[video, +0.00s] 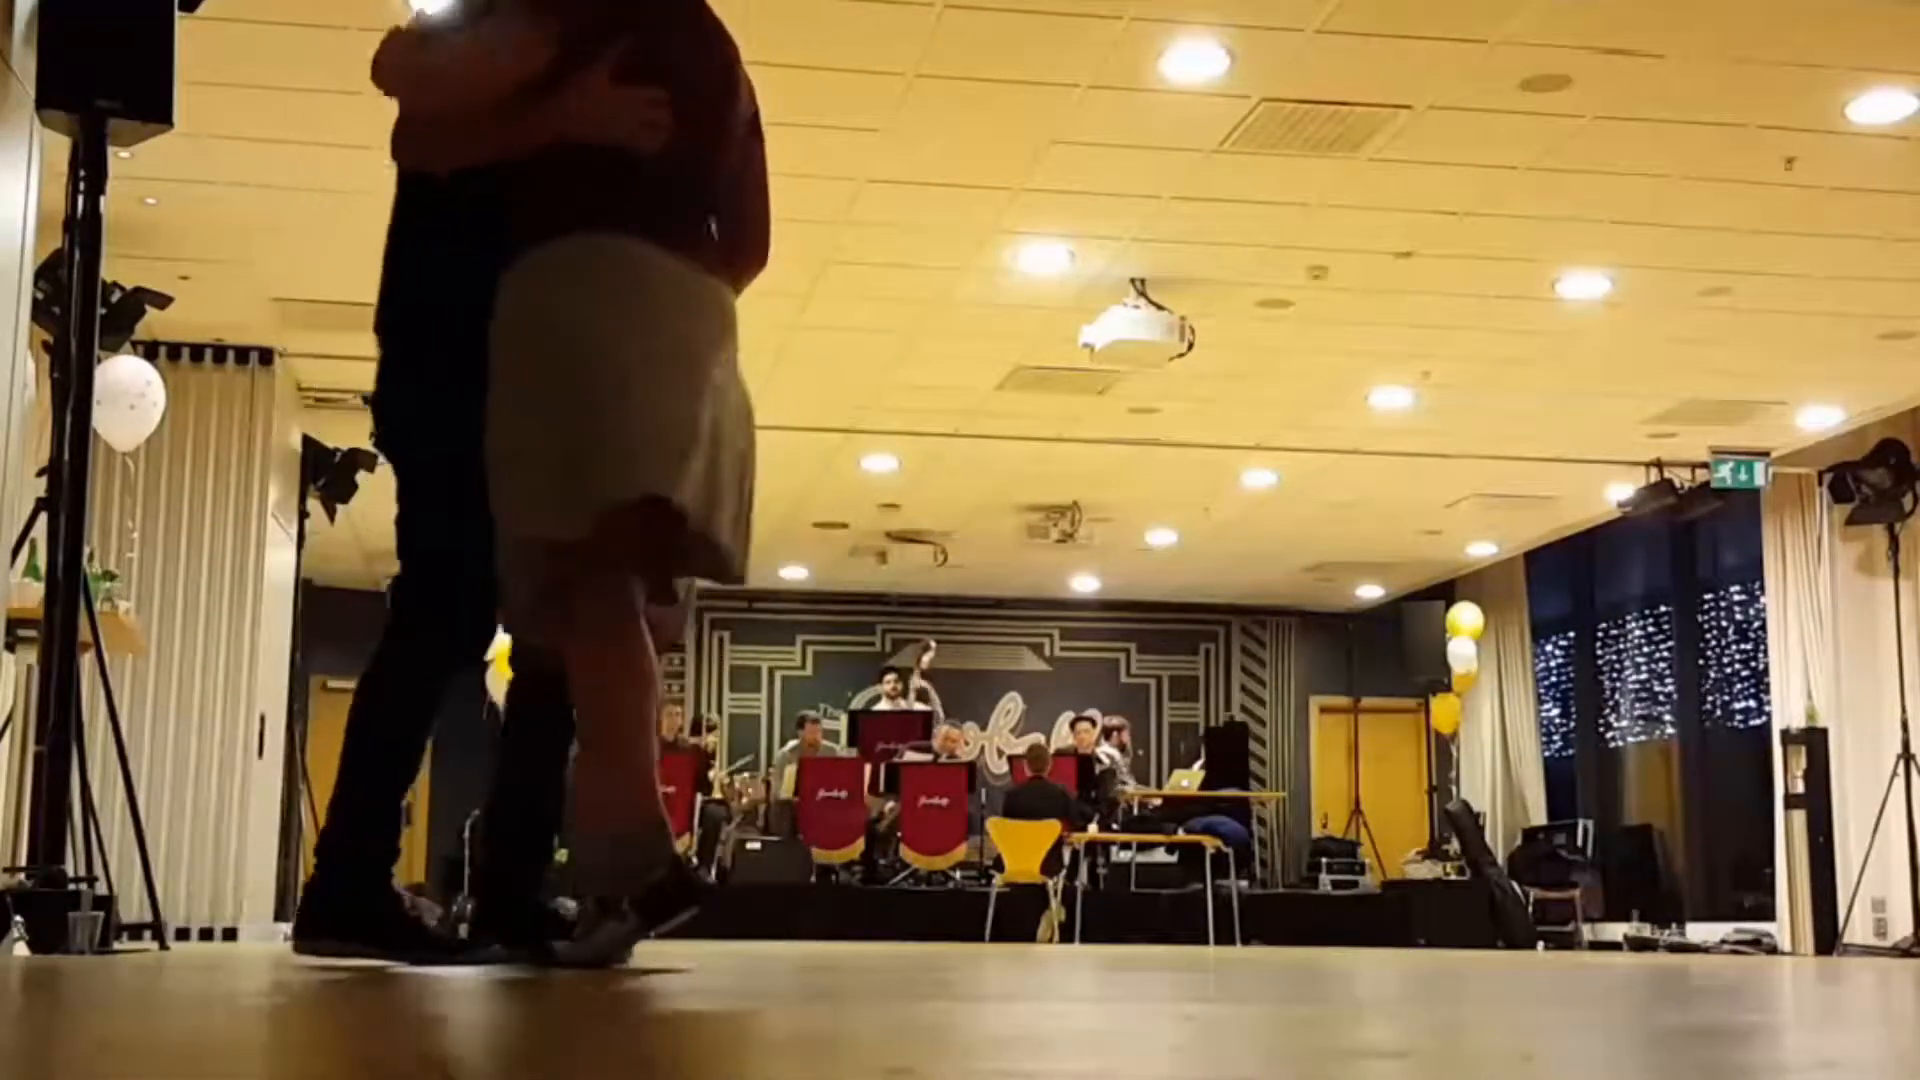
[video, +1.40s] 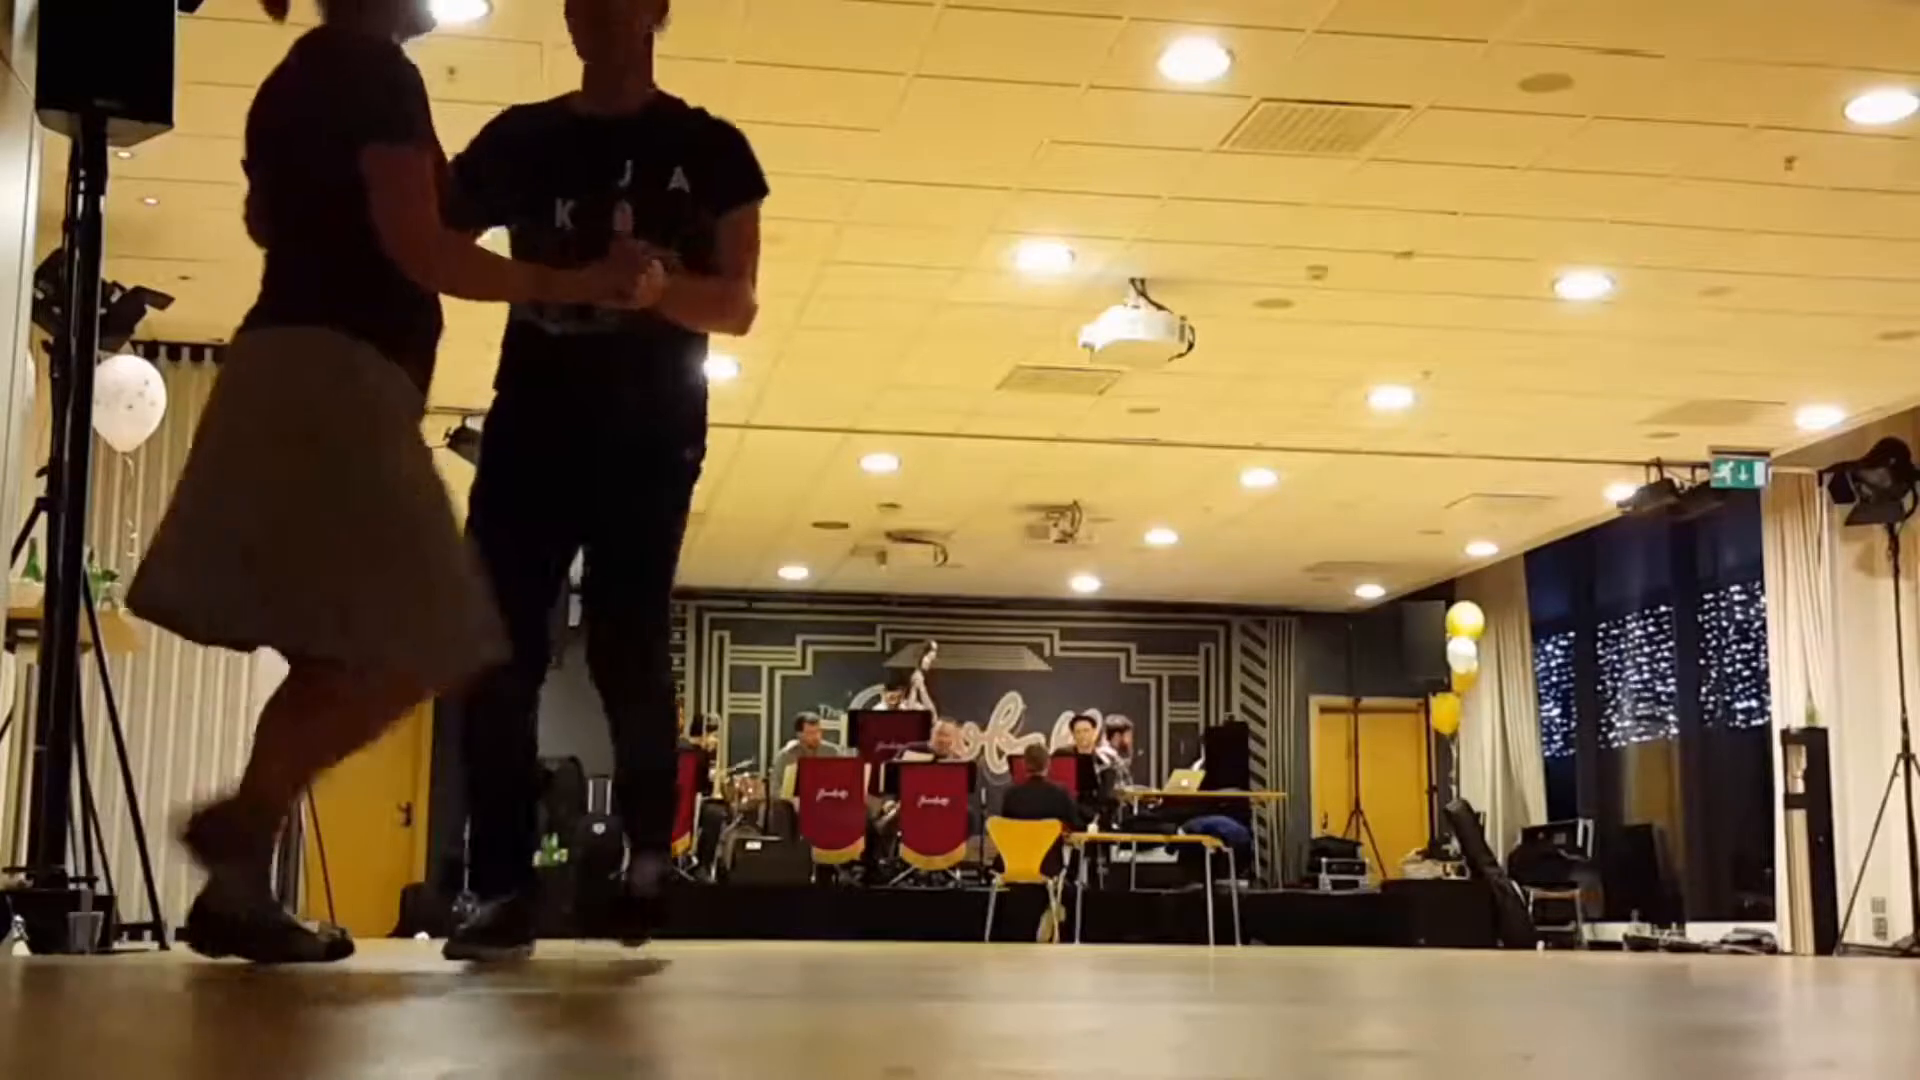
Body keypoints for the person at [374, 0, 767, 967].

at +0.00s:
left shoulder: (559, 13)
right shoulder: (716, 56)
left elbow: (443, 76)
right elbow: (747, 243)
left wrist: (398, 45)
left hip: (581, 292)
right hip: (690, 308)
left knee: (591, 589)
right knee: (618, 593)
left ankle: (638, 856)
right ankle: (618, 865)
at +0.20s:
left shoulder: (513, 28)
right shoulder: (705, 68)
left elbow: (407, 136)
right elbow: (749, 242)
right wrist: (744, 309)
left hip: (536, 315)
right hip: (662, 324)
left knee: (482, 614)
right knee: (609, 632)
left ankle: (523, 850)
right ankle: (617, 893)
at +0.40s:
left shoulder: (467, 41)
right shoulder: (658, 62)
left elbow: (368, 177)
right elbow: (756, 230)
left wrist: (474, 163)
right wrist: (803, 232)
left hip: (482, 355)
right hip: (616, 361)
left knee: (407, 630)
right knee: (613, 642)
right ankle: (626, 891)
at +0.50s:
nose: (635, 10)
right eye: (632, 10)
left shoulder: (436, 38)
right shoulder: (630, 57)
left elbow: (329, 177)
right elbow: (736, 200)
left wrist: (424, 148)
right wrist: (794, 207)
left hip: (444, 349)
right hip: (584, 355)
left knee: (380, 635)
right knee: (593, 634)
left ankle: (294, 877)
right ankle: (600, 891)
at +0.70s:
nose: (607, 28)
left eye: (611, 14)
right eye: (593, 11)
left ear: (613, 28)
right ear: (532, 9)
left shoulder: (635, 147)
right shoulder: (464, 123)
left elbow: (666, 311)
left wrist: (735, 252)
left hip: (589, 435)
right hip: (457, 432)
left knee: (610, 647)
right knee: (457, 656)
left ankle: (565, 876)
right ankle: (451, 892)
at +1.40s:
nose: (594, 18)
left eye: (615, 5)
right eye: (584, 5)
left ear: (655, 17)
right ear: (567, 20)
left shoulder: (713, 147)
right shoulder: (521, 133)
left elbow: (736, 305)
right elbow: (429, 240)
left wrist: (658, 285)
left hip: (647, 438)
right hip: (533, 431)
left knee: (630, 647)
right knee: (498, 653)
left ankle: (646, 860)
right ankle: (499, 886)